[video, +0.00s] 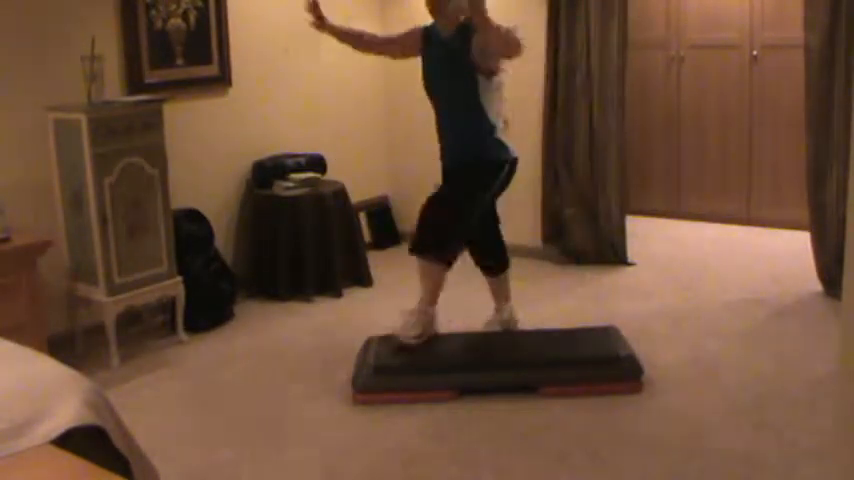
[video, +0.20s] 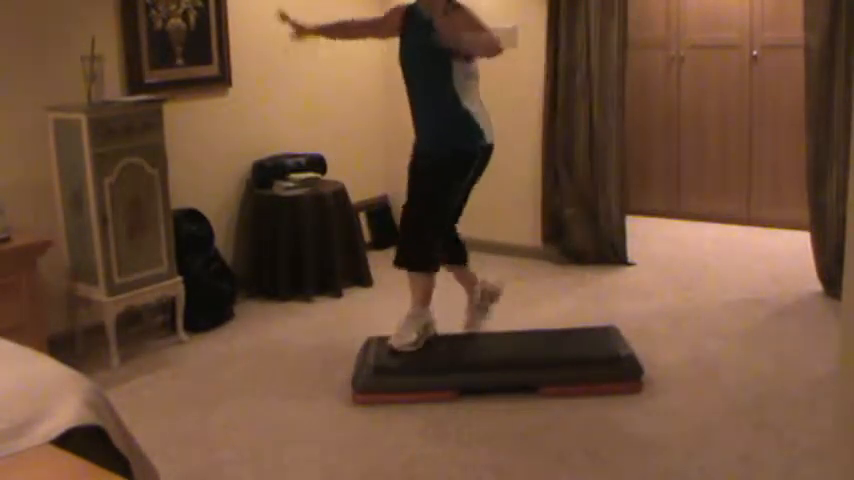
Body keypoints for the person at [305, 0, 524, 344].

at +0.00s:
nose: (433, 7)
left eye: (439, 1)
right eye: (431, 3)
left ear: (460, 3)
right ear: (430, 7)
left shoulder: (480, 34)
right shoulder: (426, 36)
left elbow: (511, 48)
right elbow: (376, 45)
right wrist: (327, 27)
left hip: (490, 158)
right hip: (457, 161)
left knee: (437, 222)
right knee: (484, 236)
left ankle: (424, 315)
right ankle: (505, 314)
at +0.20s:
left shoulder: (452, 13)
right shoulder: (406, 16)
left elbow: (492, 44)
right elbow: (362, 27)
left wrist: (453, 39)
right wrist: (312, 30)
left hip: (465, 141)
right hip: (431, 142)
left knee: (421, 228)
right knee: (431, 227)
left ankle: (420, 318)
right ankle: (477, 290)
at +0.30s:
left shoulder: (449, 8)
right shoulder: (397, 8)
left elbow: (493, 48)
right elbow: (364, 32)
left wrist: (476, 86)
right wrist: (328, 59)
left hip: (460, 129)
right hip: (423, 128)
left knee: (429, 217)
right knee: (391, 212)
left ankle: (420, 315)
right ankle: (454, 261)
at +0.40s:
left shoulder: (442, 9)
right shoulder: (394, 10)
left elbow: (492, 57)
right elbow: (385, 47)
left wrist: (487, 117)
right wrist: (366, 86)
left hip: (456, 131)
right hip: (417, 123)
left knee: (425, 219)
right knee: (362, 173)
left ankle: (421, 315)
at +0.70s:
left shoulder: (450, 17)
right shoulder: (387, 11)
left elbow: (498, 66)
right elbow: (365, 47)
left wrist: (513, 109)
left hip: (444, 134)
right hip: (401, 128)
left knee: (419, 223)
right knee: (365, 196)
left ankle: (420, 315)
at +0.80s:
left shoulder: (455, 11)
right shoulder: (386, 8)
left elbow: (497, 40)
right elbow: (341, 23)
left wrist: (529, 57)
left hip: (441, 132)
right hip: (398, 130)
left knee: (424, 221)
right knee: (395, 218)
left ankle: (418, 315)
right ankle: (416, 309)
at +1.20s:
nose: (454, 5)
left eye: (457, 0)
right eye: (447, 0)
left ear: (462, 4)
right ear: (430, 3)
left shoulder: (474, 37)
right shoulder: (408, 37)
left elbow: (519, 52)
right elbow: (364, 54)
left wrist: (553, 54)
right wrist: (337, 65)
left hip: (465, 144)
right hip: (419, 146)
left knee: (469, 219)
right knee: (421, 228)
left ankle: (465, 296)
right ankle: (419, 305)